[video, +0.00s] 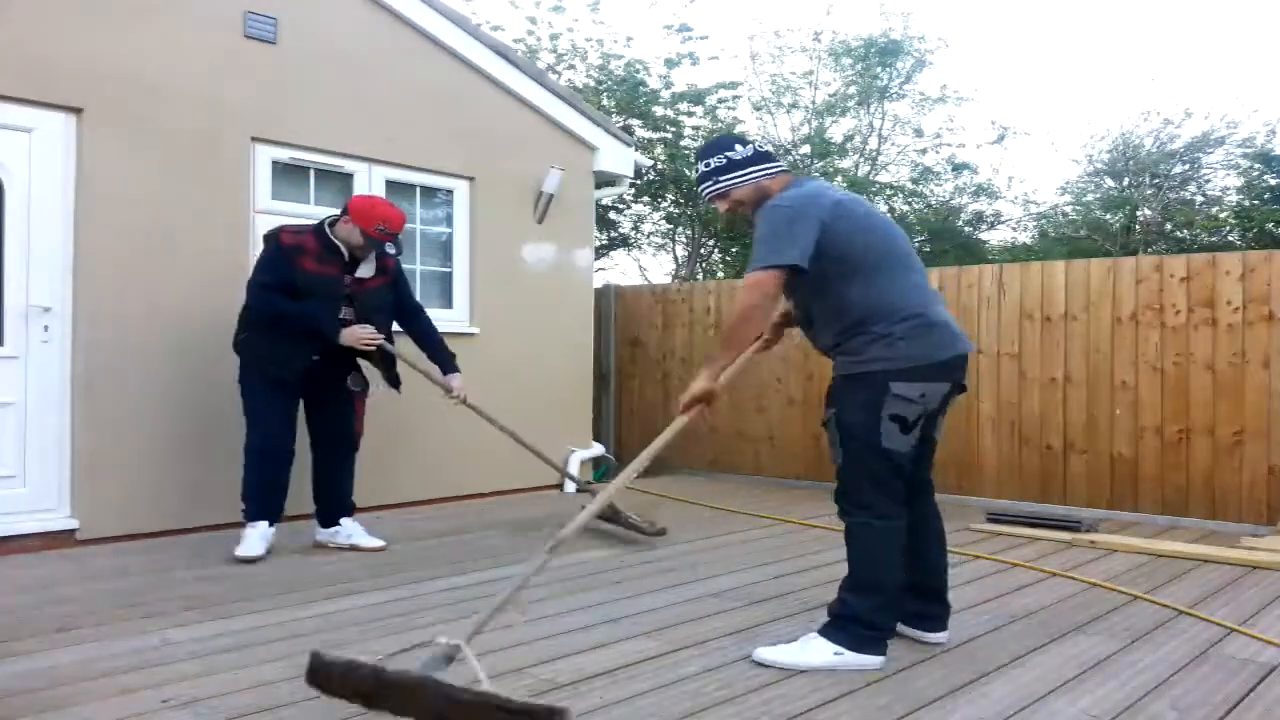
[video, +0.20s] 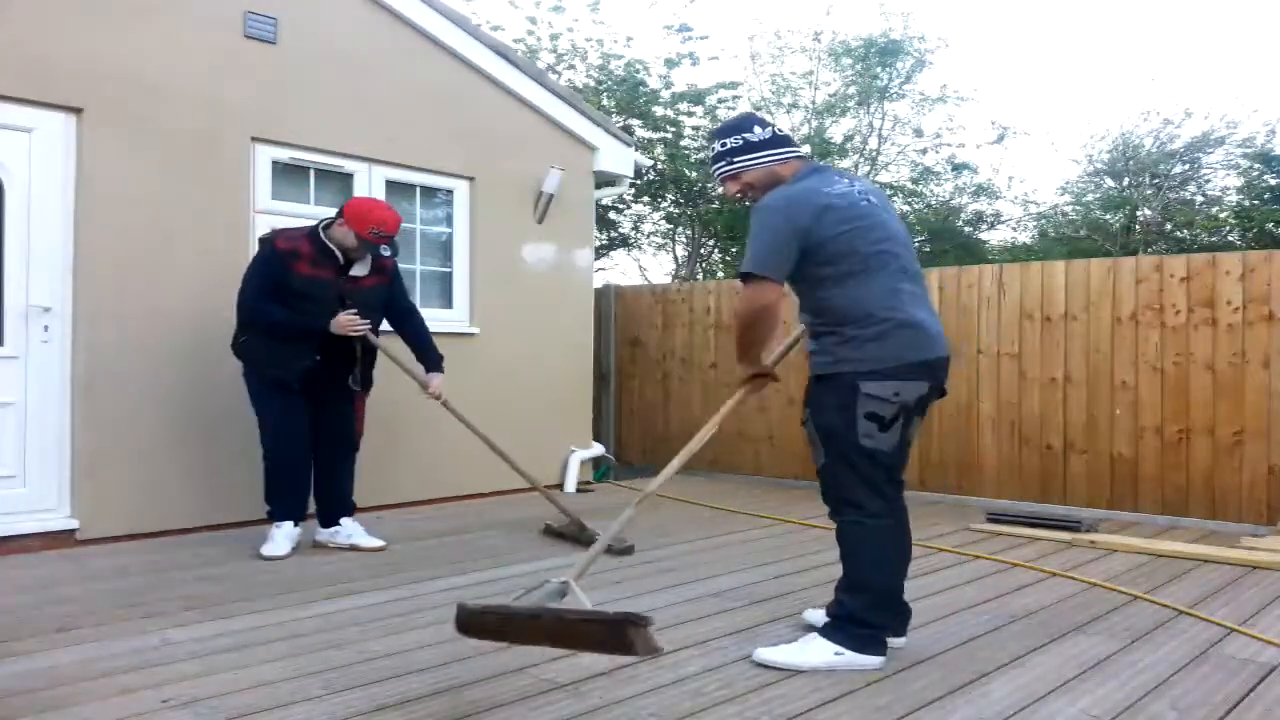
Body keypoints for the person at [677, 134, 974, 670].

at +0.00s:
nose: (723, 209)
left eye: (721, 195)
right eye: (717, 200)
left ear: (743, 177)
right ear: (764, 167)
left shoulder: (789, 206)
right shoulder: (824, 197)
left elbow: (759, 299)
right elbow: (843, 276)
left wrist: (713, 371)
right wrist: (787, 317)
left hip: (886, 361)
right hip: (932, 355)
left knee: (866, 496)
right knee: (910, 491)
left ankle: (857, 636)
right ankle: (924, 613)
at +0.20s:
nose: (736, 193)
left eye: (735, 180)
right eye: (730, 185)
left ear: (761, 159)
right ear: (780, 155)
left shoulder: (783, 203)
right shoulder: (853, 186)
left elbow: (760, 305)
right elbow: (877, 263)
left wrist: (753, 362)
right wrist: (827, 307)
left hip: (865, 364)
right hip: (913, 356)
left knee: (858, 498)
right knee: (876, 492)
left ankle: (861, 637)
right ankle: (871, 613)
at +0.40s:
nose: (735, 192)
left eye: (735, 178)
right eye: (728, 183)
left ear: (764, 162)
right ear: (785, 159)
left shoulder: (775, 210)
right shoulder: (862, 188)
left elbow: (764, 313)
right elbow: (909, 224)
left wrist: (773, 362)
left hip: (843, 363)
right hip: (907, 357)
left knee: (784, 483)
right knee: (866, 485)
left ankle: (842, 622)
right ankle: (883, 617)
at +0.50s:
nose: (722, 198)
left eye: (722, 185)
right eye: (717, 189)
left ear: (751, 169)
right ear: (774, 166)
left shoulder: (762, 216)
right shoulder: (847, 190)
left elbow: (758, 316)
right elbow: (907, 228)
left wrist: (763, 371)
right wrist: (862, 294)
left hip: (833, 361)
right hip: (902, 356)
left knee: (767, 476)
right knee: (864, 483)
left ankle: (791, 623)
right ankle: (878, 616)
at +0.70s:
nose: (683, 214)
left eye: (682, 202)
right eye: (677, 207)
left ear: (705, 184)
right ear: (728, 178)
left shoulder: (722, 223)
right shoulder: (811, 200)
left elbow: (713, 324)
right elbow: (866, 267)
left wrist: (712, 389)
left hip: (814, 361)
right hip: (884, 356)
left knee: (761, 487)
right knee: (860, 488)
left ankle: (712, 617)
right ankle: (878, 616)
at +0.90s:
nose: (630, 222)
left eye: (627, 210)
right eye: (623, 214)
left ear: (647, 190)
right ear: (667, 183)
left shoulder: (677, 225)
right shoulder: (742, 205)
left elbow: (662, 329)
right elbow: (784, 282)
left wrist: (648, 401)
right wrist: (743, 341)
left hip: (778, 361)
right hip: (845, 354)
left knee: (726, 489)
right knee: (840, 491)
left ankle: (704, 620)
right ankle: (874, 616)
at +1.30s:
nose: (598, 213)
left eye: (597, 199)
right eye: (593, 203)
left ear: (622, 183)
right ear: (646, 177)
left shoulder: (649, 217)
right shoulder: (723, 201)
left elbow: (608, 303)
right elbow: (752, 277)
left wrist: (591, 382)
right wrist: (692, 331)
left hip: (739, 359)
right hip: (807, 352)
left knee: (712, 488)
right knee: (788, 478)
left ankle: (704, 620)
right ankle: (798, 596)